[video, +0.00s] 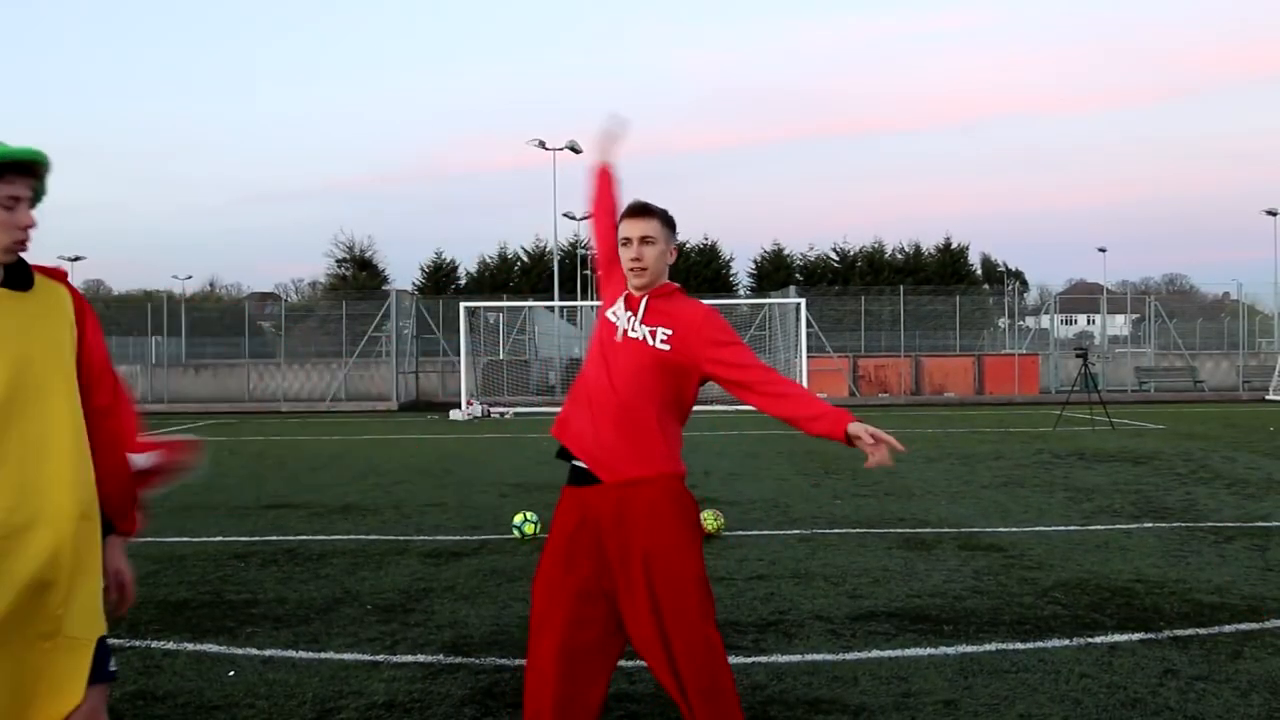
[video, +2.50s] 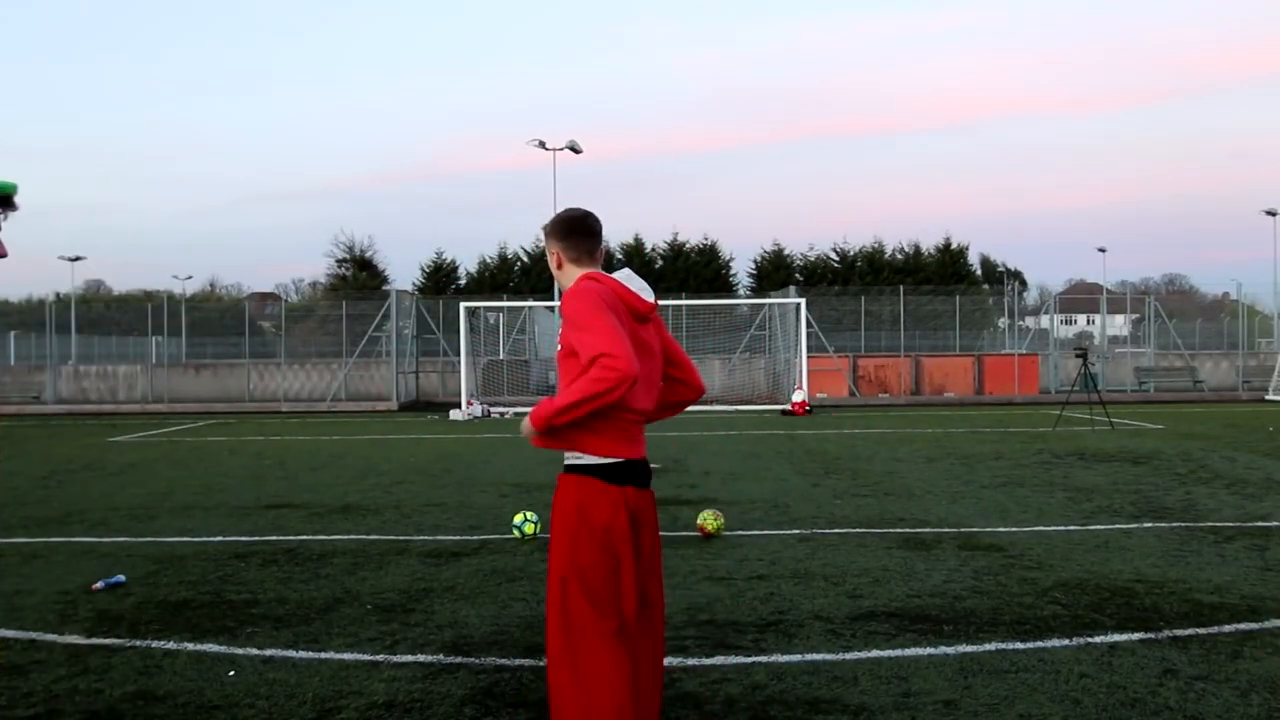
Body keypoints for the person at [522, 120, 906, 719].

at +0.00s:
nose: (634, 254)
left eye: (647, 242)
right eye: (625, 244)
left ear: (671, 251)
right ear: (616, 253)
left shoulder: (692, 320)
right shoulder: (615, 294)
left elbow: (762, 384)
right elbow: (603, 228)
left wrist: (844, 425)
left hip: (649, 499)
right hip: (583, 497)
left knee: (686, 650)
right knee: (555, 652)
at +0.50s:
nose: (634, 253)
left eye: (645, 241)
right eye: (627, 245)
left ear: (675, 248)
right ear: (626, 256)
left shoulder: (698, 308)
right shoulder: (647, 303)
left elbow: (759, 400)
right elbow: (629, 263)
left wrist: (728, 475)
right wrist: (625, 218)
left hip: (679, 505)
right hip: (624, 501)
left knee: (703, 655)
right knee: (596, 646)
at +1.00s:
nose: (576, 256)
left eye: (587, 244)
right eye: (569, 248)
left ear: (615, 250)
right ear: (565, 257)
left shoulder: (649, 304)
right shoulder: (580, 312)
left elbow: (701, 391)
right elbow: (554, 322)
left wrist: (710, 479)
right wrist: (536, 326)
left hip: (631, 485)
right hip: (581, 486)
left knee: (613, 627)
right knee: (572, 633)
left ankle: (669, 714)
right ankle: (585, 718)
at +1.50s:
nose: (543, 263)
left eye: (552, 250)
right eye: (541, 253)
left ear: (590, 250)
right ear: (579, 254)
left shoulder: (628, 305)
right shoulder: (580, 309)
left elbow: (691, 397)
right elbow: (594, 401)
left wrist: (662, 478)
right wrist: (560, 457)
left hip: (614, 493)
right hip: (577, 493)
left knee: (603, 639)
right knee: (576, 638)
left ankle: (615, 716)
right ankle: (583, 715)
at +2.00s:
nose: (536, 267)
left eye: (534, 257)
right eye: (533, 258)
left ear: (549, 256)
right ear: (590, 249)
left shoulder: (592, 305)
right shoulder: (624, 297)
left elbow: (640, 394)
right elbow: (684, 353)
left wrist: (586, 456)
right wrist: (645, 417)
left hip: (606, 501)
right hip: (632, 497)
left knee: (604, 641)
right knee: (624, 638)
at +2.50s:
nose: (550, 266)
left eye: (547, 258)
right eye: (549, 259)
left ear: (554, 257)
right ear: (602, 253)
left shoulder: (583, 296)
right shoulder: (632, 299)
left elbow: (614, 370)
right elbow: (686, 384)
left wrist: (542, 417)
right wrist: (621, 412)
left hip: (591, 486)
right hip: (634, 485)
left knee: (587, 631)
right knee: (635, 626)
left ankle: (596, 715)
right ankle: (635, 713)